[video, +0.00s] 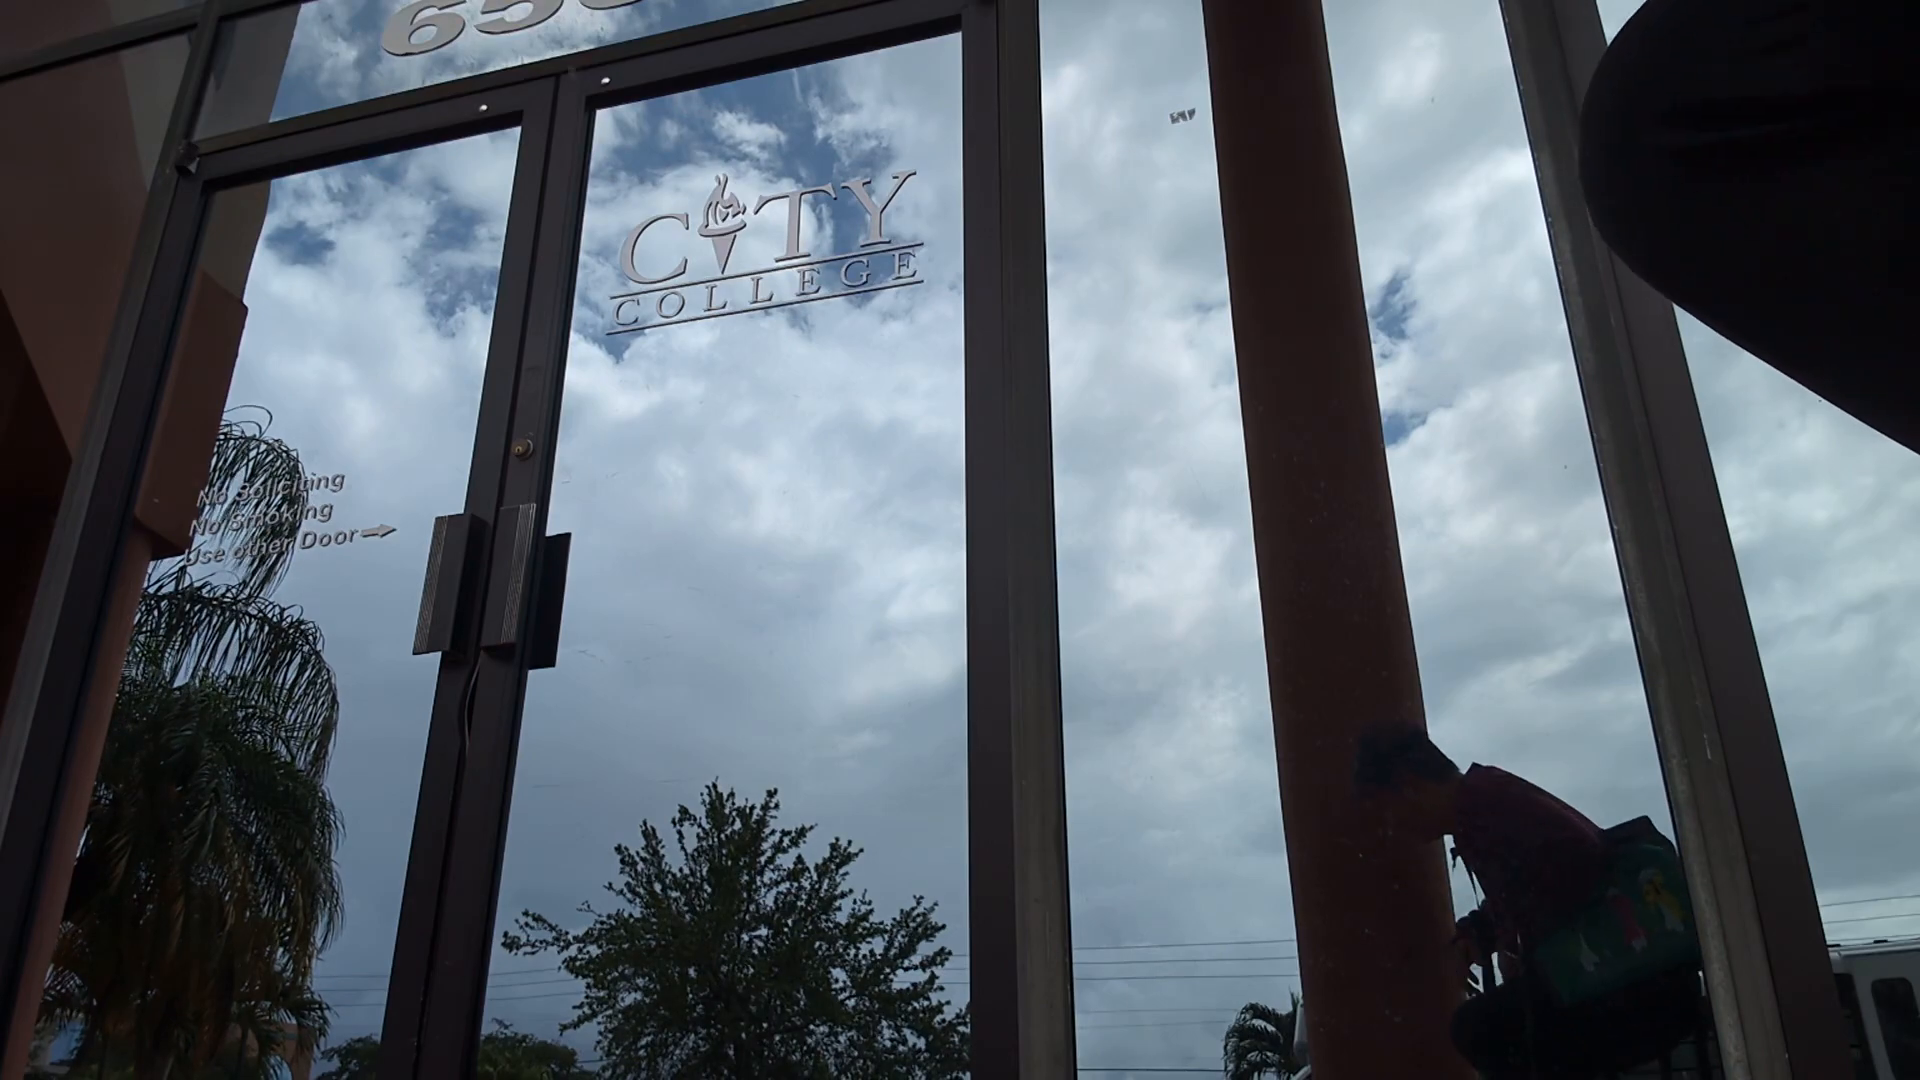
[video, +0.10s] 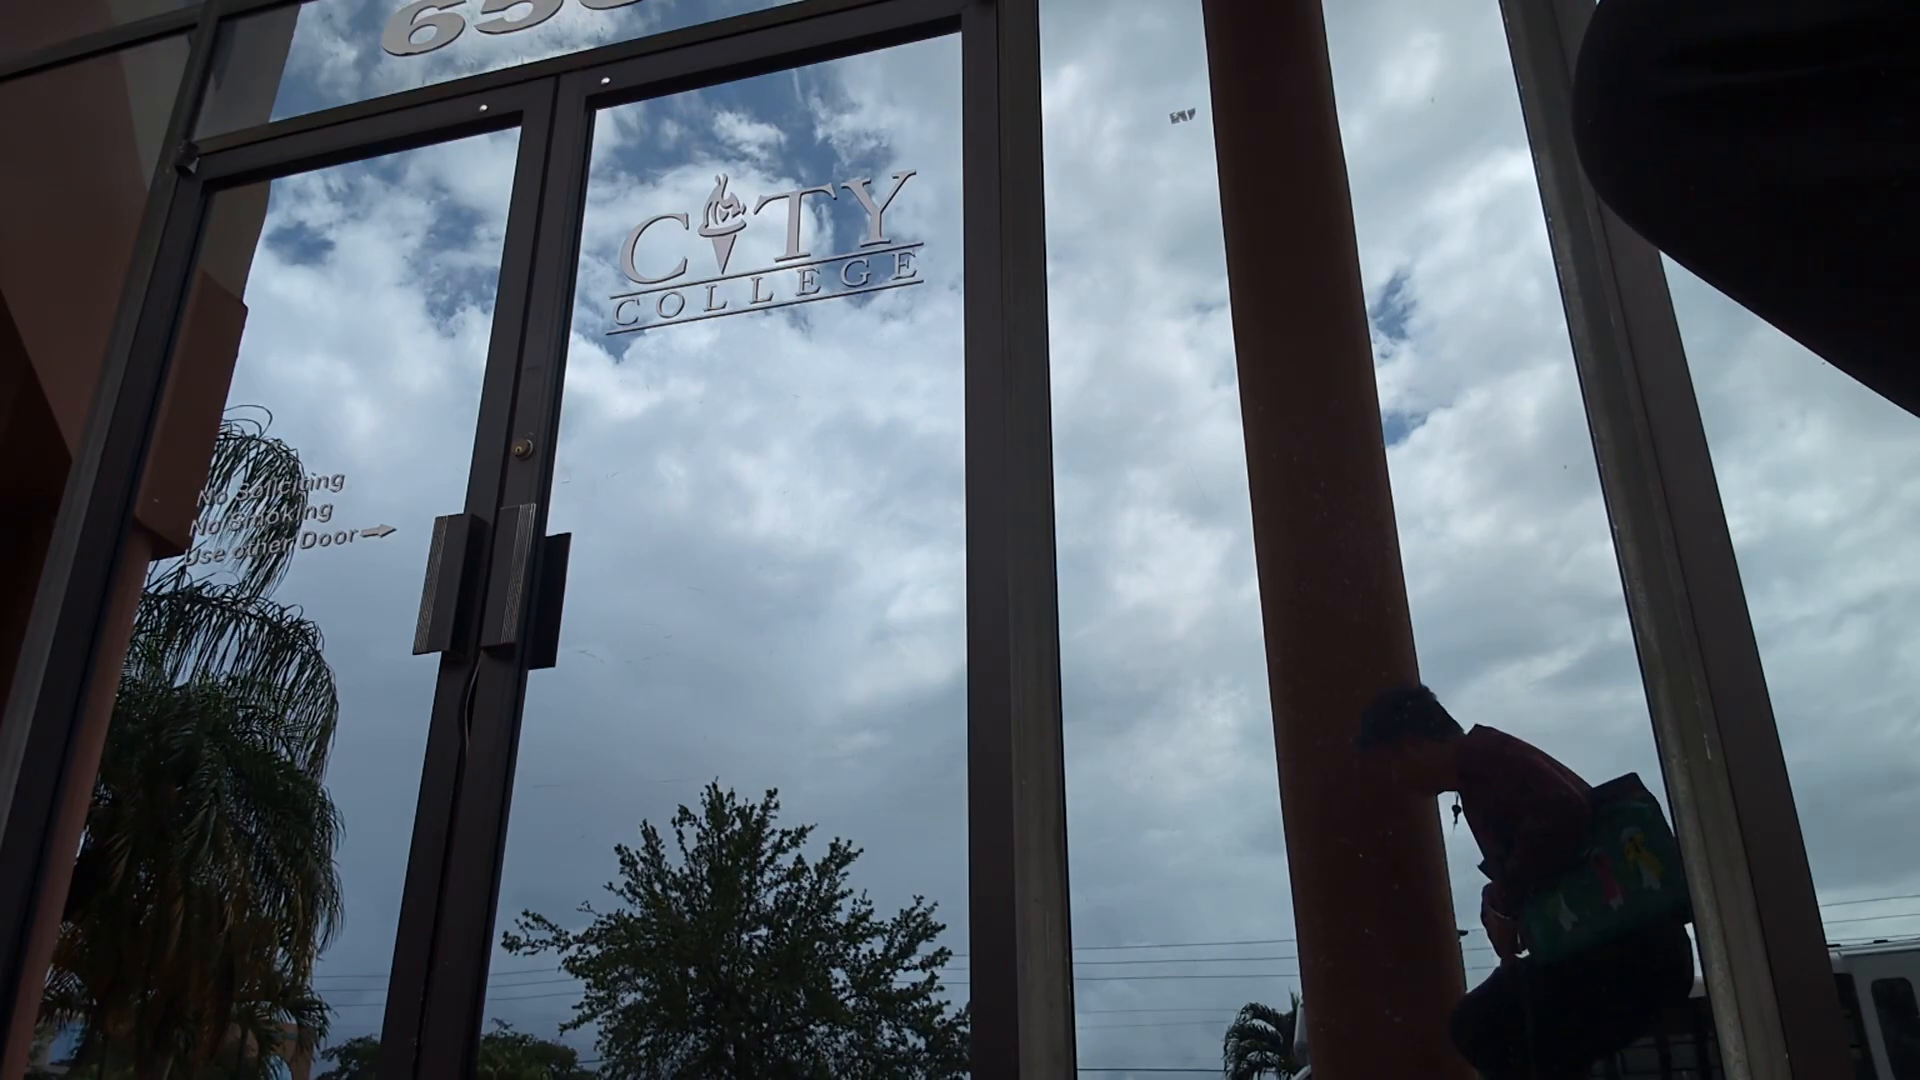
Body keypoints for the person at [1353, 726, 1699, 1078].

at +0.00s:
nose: (1401, 825)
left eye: (1395, 808)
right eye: (1392, 814)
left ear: (1411, 783)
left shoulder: (1486, 799)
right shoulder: (1473, 818)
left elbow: (1579, 858)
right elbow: (1523, 891)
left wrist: (1501, 932)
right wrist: (1477, 929)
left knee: (1478, 1028)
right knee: (1478, 1023)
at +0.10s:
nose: (1402, 784)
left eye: (1394, 769)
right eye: (1392, 774)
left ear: (1412, 744)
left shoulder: (1485, 755)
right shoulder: (1477, 776)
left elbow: (1564, 812)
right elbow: (1510, 861)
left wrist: (1502, 901)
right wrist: (1496, 903)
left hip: (1634, 951)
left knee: (1482, 1025)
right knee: (1475, 1022)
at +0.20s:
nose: (1406, 732)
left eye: (1399, 716)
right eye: (1396, 721)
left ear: (1417, 699)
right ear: (1443, 681)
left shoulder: (1479, 716)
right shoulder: (1490, 714)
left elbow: (1546, 778)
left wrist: (1491, 853)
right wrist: (1494, 859)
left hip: (1607, 916)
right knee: (1482, 1021)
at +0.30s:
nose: (1418, 690)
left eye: (1413, 676)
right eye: (1411, 679)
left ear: (1427, 658)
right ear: (1463, 641)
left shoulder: (1481, 678)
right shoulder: (1513, 675)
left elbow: (1530, 736)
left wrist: (1482, 814)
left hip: (1601, 883)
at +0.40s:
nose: (1438, 656)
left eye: (1435, 641)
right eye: (1433, 645)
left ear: (1453, 629)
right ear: (1488, 616)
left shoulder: (1489, 656)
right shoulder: (1546, 658)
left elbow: (1526, 716)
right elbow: (1623, 733)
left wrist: (1476, 787)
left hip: (1588, 863)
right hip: (1642, 860)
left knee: (1524, 1011)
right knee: (1602, 1010)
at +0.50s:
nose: (1462, 640)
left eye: (1460, 626)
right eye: (1458, 628)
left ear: (1476, 617)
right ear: (1519, 606)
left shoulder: (1503, 643)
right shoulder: (1583, 656)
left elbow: (1534, 706)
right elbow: (1643, 720)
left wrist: (1479, 774)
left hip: (1583, 859)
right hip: (1647, 856)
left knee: (1548, 1011)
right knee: (1636, 1011)